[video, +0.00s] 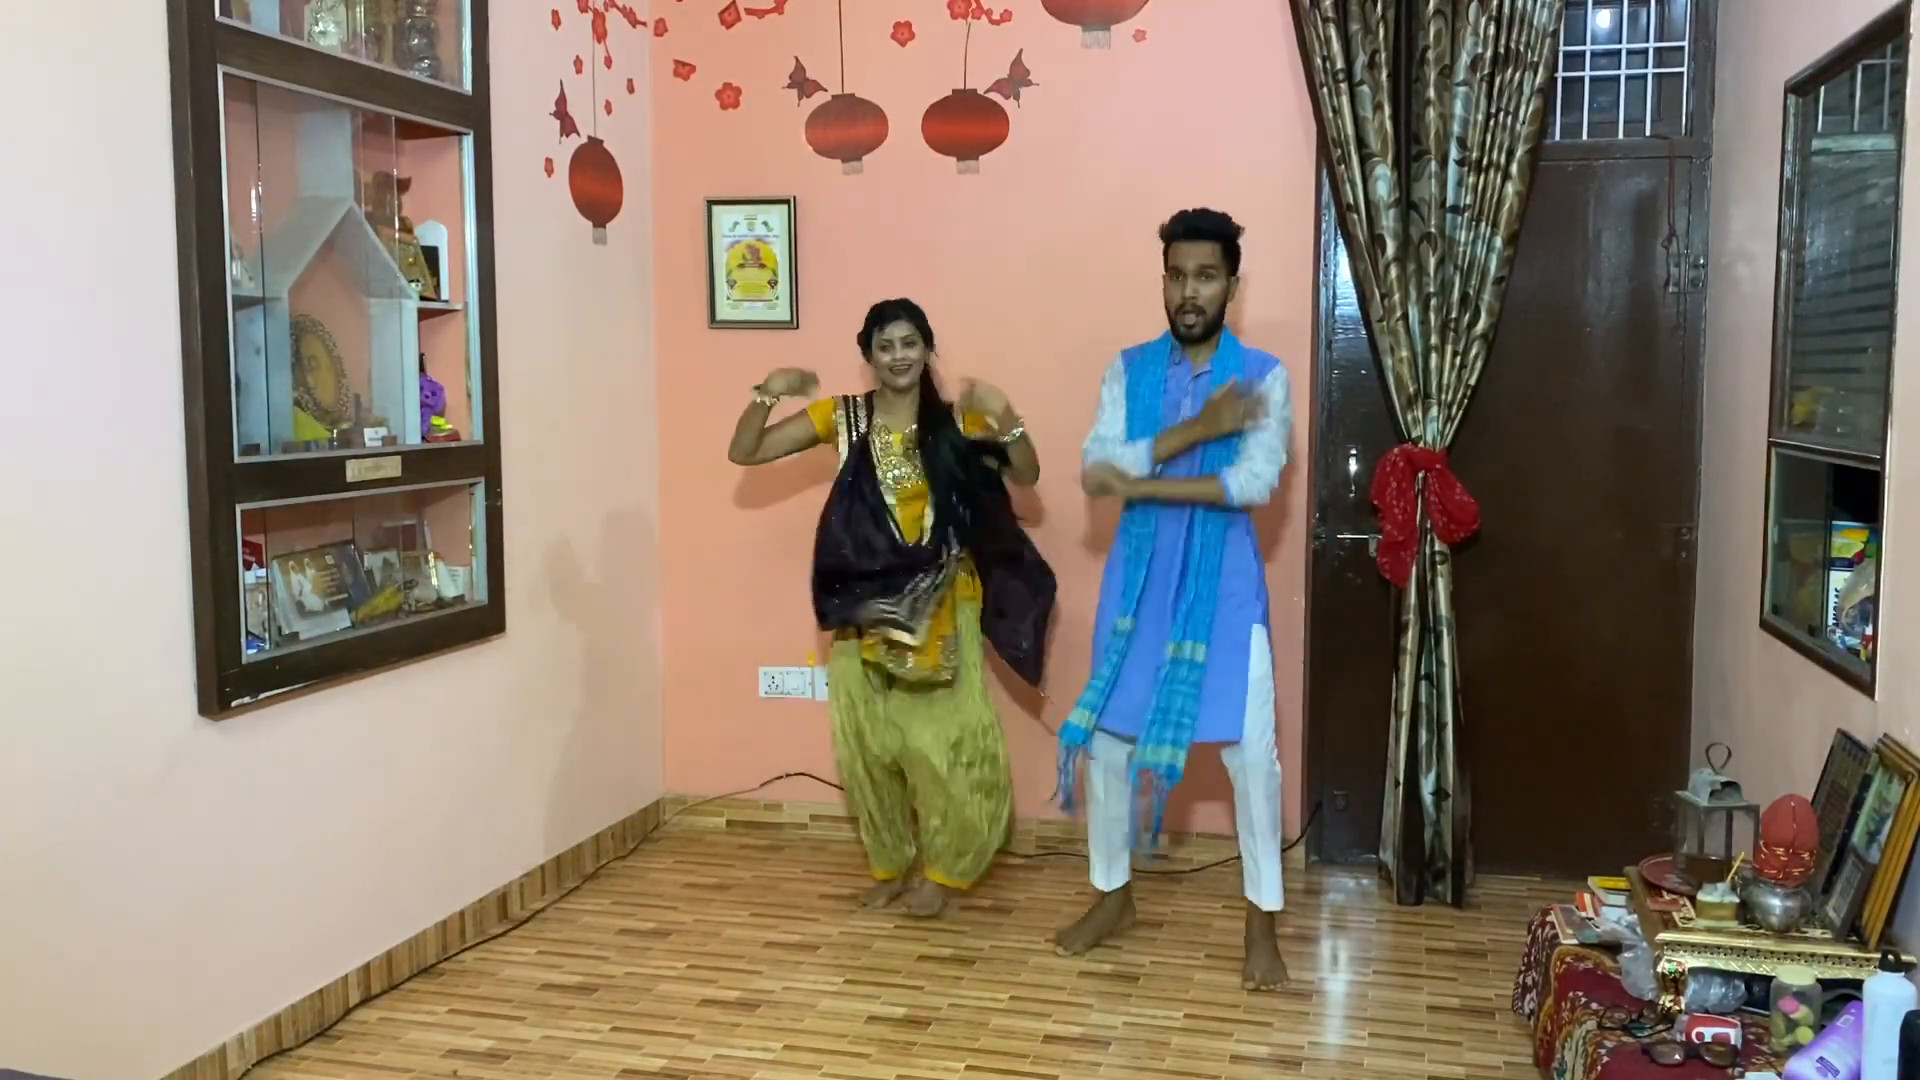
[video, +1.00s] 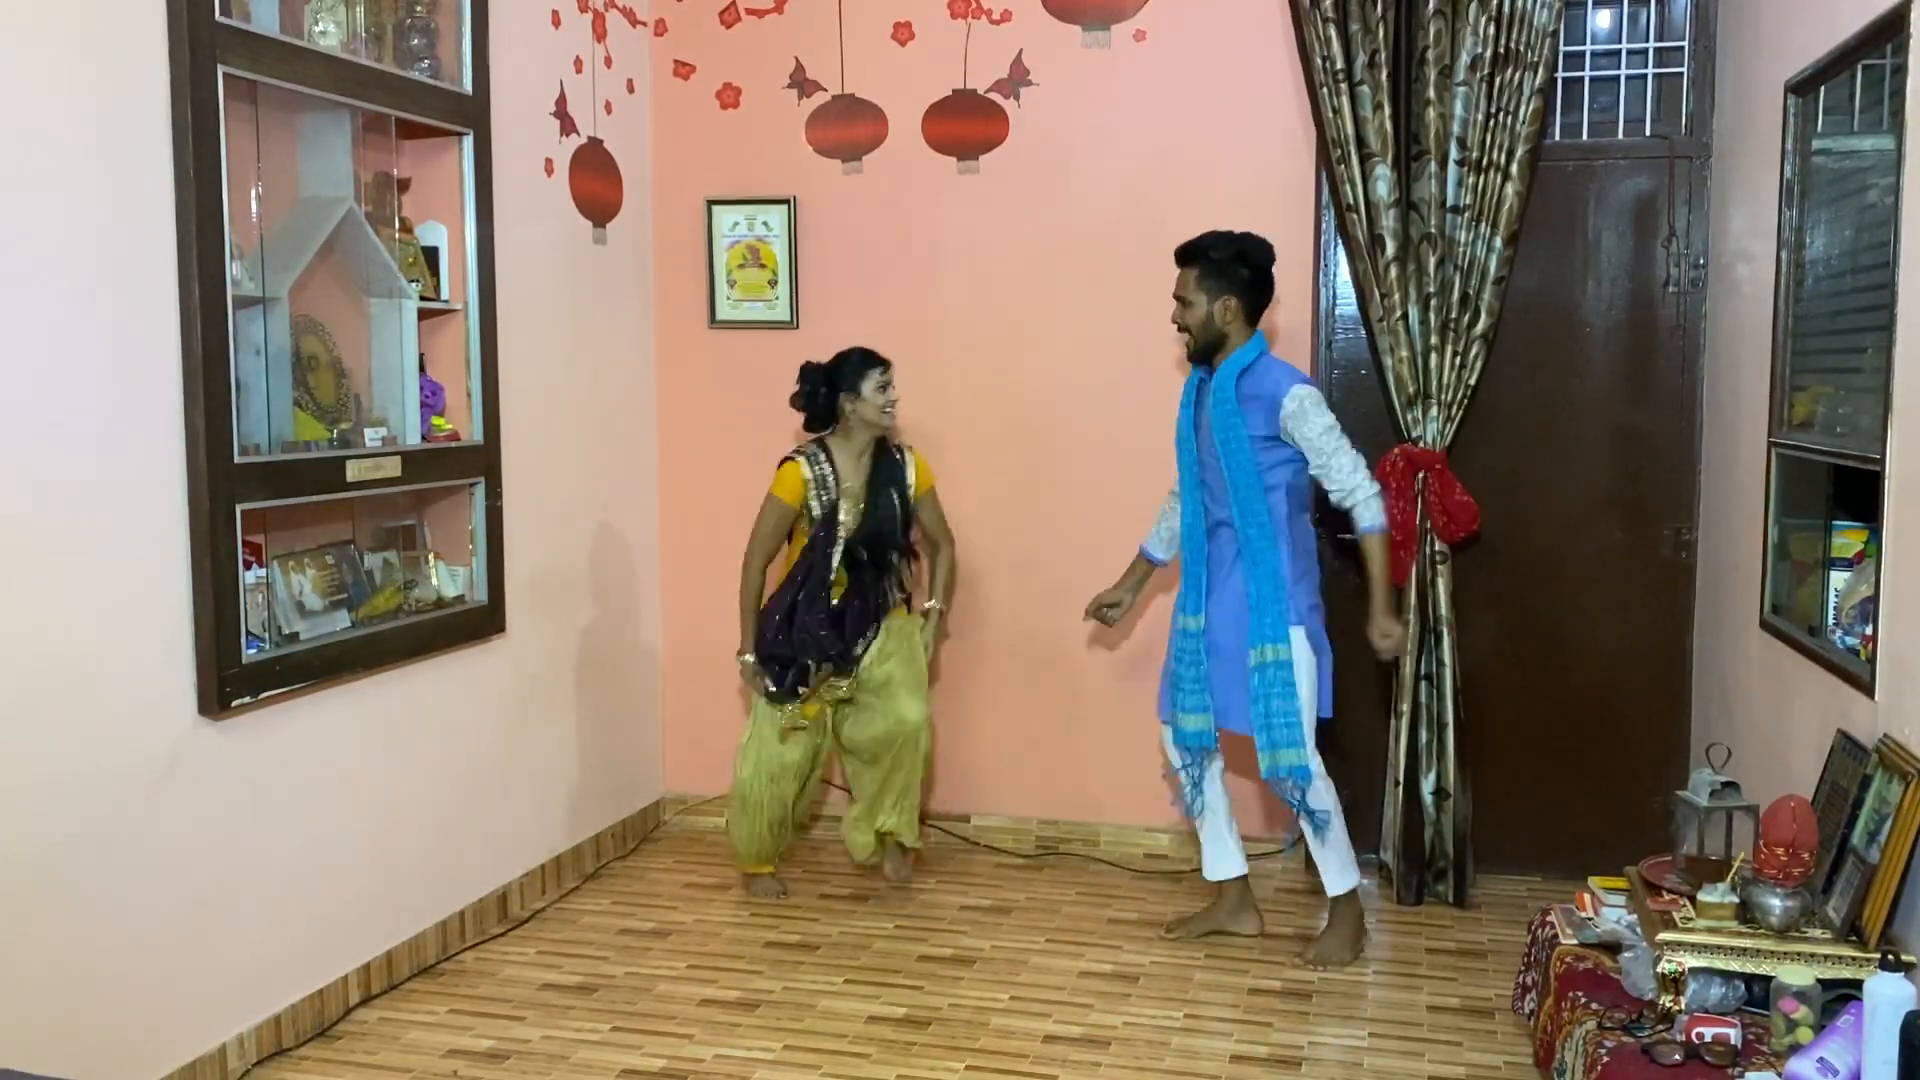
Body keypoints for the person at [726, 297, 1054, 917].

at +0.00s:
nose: (899, 355)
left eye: (910, 343)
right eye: (887, 345)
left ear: (927, 351)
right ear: (869, 355)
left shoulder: (954, 418)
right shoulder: (846, 415)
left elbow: (1026, 476)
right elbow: (746, 449)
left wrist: (1007, 422)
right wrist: (765, 392)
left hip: (945, 596)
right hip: (865, 598)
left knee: (945, 737)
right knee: (866, 738)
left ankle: (945, 870)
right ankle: (892, 866)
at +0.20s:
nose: (876, 355)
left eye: (888, 344)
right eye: (865, 346)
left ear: (914, 355)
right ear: (855, 360)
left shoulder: (940, 410)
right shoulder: (845, 420)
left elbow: (959, 454)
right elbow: (793, 476)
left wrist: (896, 401)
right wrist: (811, 413)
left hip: (938, 606)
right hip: (867, 601)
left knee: (929, 741)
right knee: (853, 735)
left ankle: (934, 879)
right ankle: (887, 844)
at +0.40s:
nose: (872, 384)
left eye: (885, 372)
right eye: (863, 374)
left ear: (915, 378)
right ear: (854, 381)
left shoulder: (942, 434)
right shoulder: (841, 432)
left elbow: (944, 471)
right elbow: (790, 479)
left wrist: (888, 467)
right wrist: (794, 456)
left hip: (939, 619)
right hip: (867, 609)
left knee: (932, 752)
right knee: (841, 732)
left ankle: (939, 877)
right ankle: (874, 845)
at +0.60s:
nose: (869, 378)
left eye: (882, 366)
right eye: (859, 367)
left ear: (911, 369)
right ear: (850, 371)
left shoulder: (934, 427)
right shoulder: (833, 417)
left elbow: (945, 458)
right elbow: (755, 436)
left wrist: (925, 460)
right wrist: (707, 454)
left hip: (923, 622)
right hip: (846, 613)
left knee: (929, 751)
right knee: (827, 737)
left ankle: (940, 874)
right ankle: (827, 857)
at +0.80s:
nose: (860, 374)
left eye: (871, 362)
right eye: (847, 363)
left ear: (886, 362)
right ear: (826, 364)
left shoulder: (907, 419)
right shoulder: (799, 408)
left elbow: (961, 501)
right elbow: (721, 463)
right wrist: (679, 531)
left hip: (892, 597)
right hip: (813, 597)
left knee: (904, 734)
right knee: (802, 732)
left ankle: (900, 847)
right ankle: (775, 847)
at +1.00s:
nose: (894, 400)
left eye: (893, 389)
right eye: (882, 391)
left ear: (880, 398)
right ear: (846, 401)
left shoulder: (906, 467)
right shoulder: (802, 471)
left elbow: (941, 544)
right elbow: (755, 562)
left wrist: (936, 612)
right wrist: (748, 649)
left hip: (881, 628)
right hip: (805, 627)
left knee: (907, 722)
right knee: (777, 751)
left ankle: (893, 837)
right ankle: (759, 861)